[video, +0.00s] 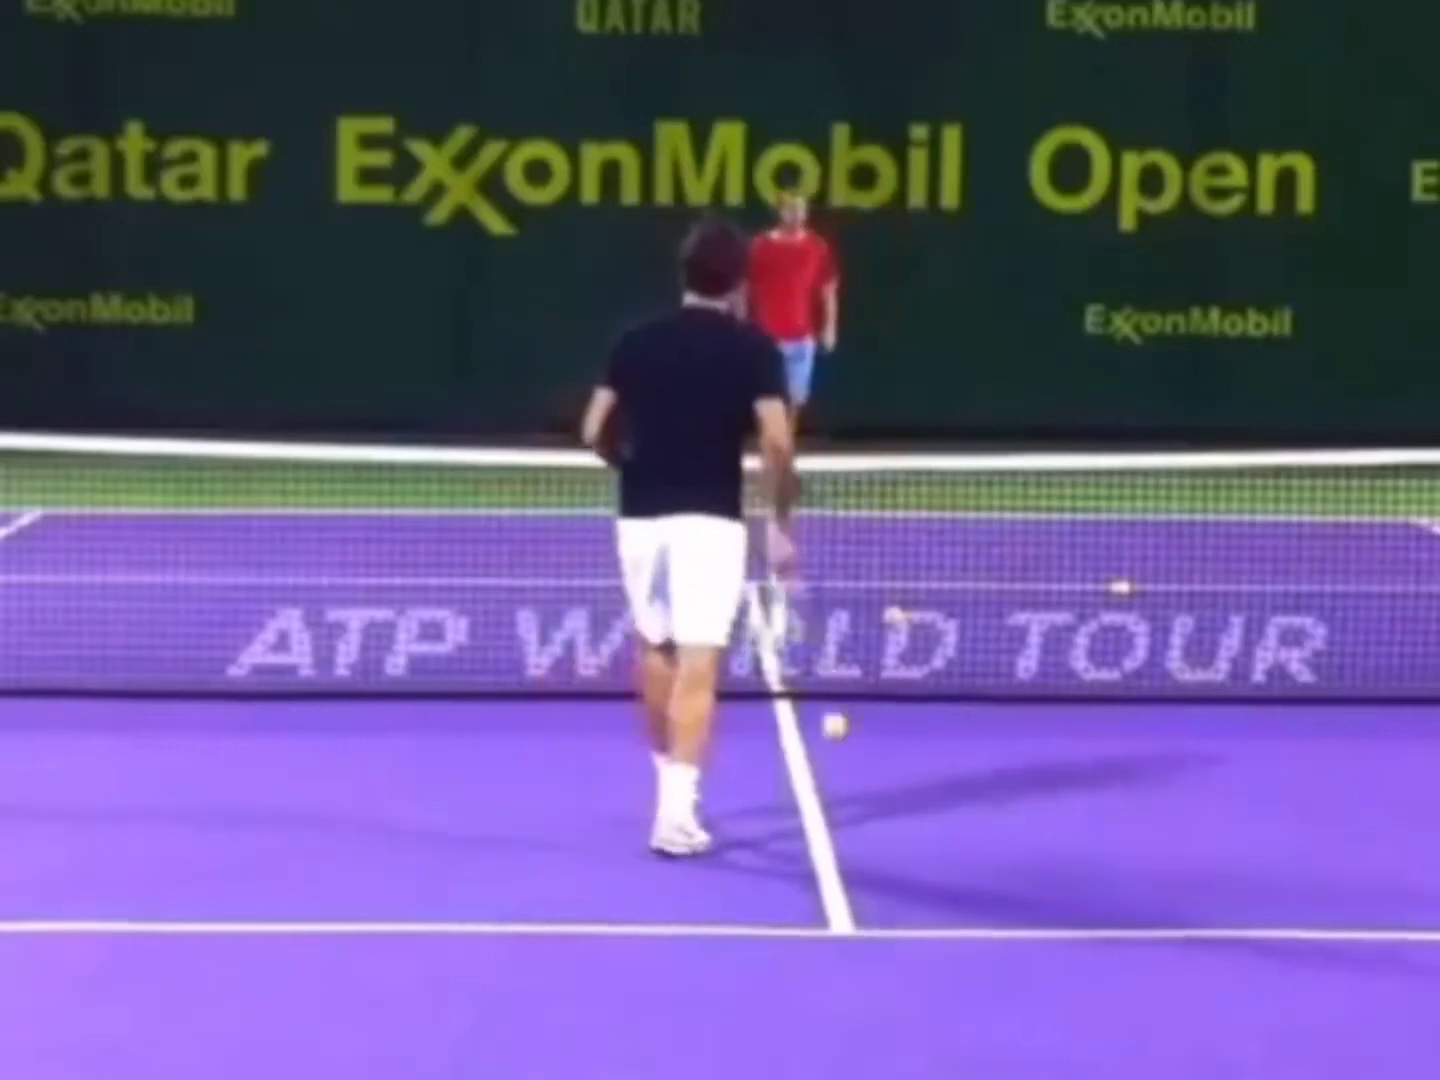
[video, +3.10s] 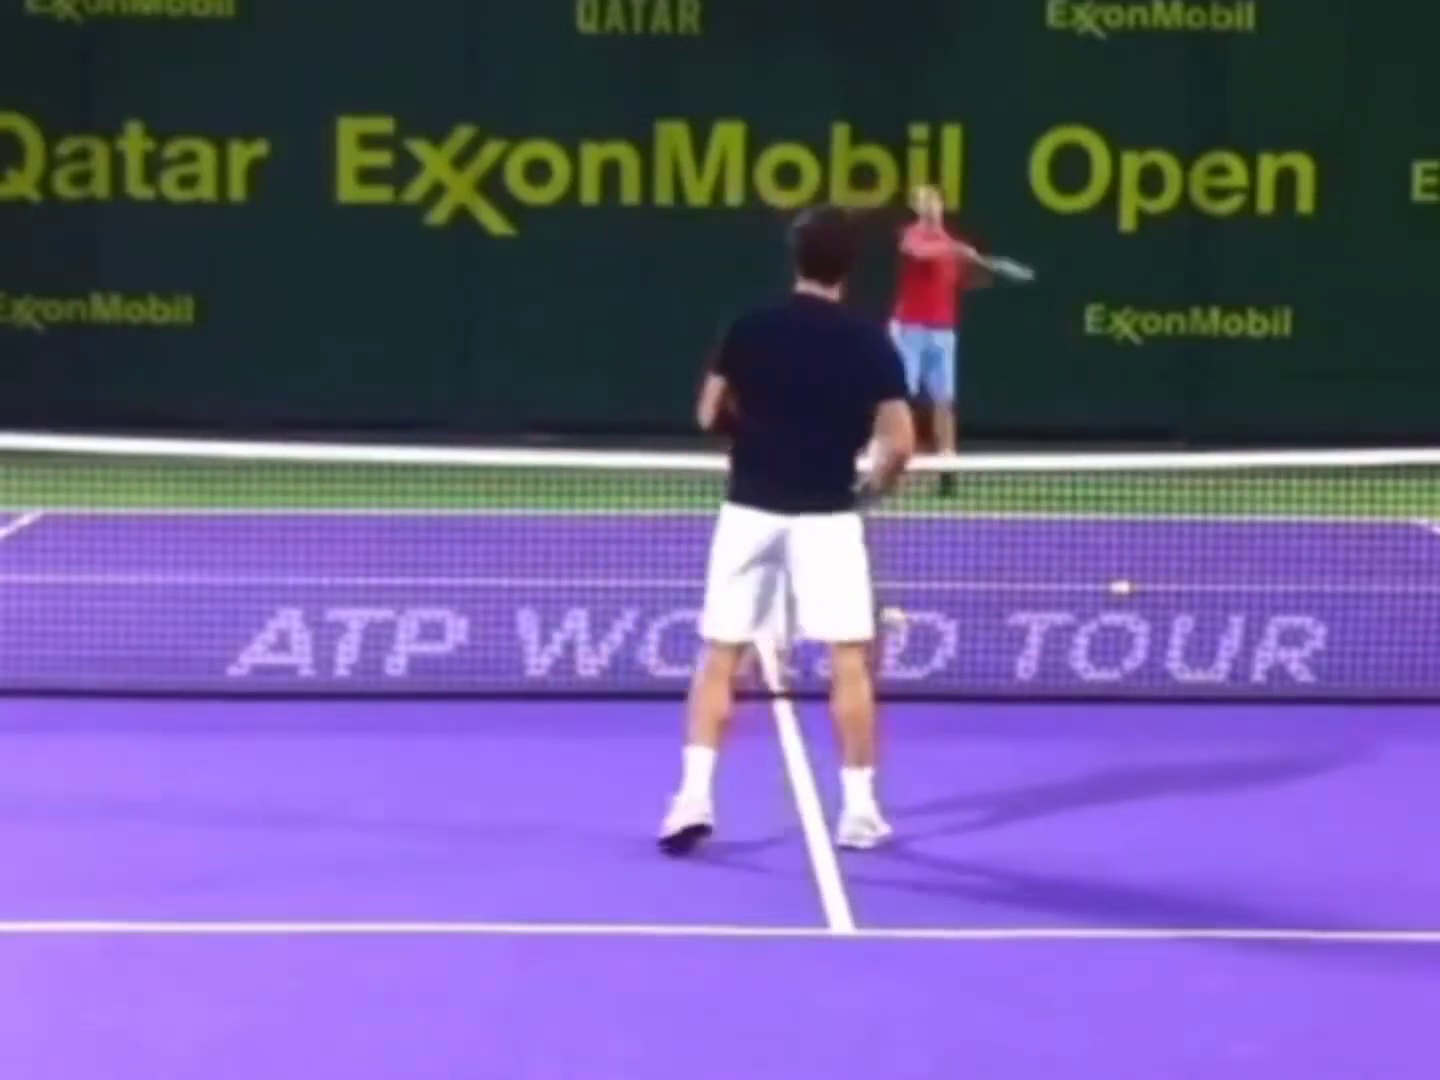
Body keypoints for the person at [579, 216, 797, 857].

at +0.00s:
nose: (740, 289)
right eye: (741, 279)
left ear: (683, 277)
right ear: (738, 283)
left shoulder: (641, 338)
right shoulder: (752, 348)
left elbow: (594, 428)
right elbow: (777, 444)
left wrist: (633, 459)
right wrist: (781, 519)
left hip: (640, 517)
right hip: (712, 519)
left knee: (657, 652)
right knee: (698, 666)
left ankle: (670, 784)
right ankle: (675, 808)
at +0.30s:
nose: (754, 280)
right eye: (755, 269)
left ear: (701, 264)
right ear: (752, 270)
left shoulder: (657, 325)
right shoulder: (753, 326)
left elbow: (616, 418)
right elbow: (779, 408)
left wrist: (670, 437)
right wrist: (827, 467)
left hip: (666, 500)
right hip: (733, 500)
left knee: (680, 637)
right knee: (760, 630)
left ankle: (678, 780)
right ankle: (717, 736)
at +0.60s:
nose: (811, 302)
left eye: (809, 290)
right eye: (812, 293)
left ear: (763, 272)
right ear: (805, 288)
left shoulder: (702, 325)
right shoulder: (790, 337)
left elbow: (652, 406)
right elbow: (831, 417)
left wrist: (706, 434)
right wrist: (919, 441)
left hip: (697, 503)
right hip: (767, 509)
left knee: (690, 635)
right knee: (786, 637)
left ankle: (678, 775)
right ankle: (809, 751)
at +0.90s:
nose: (895, 344)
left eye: (895, 334)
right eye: (897, 335)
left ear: (850, 306)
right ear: (890, 330)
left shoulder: (787, 328)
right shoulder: (870, 371)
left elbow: (713, 377)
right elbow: (889, 472)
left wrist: (714, 449)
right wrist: (949, 531)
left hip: (741, 488)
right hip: (810, 504)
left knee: (711, 621)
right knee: (821, 626)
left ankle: (695, 742)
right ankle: (825, 762)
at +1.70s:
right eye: (909, 283)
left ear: (863, 267)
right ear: (911, 291)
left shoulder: (815, 302)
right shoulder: (905, 352)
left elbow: (774, 359)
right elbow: (900, 446)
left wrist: (756, 426)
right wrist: (871, 474)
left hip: (782, 473)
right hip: (848, 490)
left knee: (748, 604)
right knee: (838, 621)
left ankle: (760, 732)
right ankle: (828, 756)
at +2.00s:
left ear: (800, 278)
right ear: (852, 282)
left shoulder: (765, 337)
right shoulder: (874, 345)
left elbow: (726, 429)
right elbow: (906, 439)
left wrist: (764, 462)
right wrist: (867, 472)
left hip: (768, 505)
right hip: (840, 514)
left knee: (760, 642)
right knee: (841, 634)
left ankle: (783, 774)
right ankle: (840, 760)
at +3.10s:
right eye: (844, 265)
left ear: (794, 264)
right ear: (849, 271)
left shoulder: (751, 327)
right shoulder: (867, 340)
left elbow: (710, 413)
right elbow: (899, 442)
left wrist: (757, 426)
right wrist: (870, 477)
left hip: (749, 511)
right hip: (826, 516)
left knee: (720, 655)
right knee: (848, 659)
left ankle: (694, 794)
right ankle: (859, 806)